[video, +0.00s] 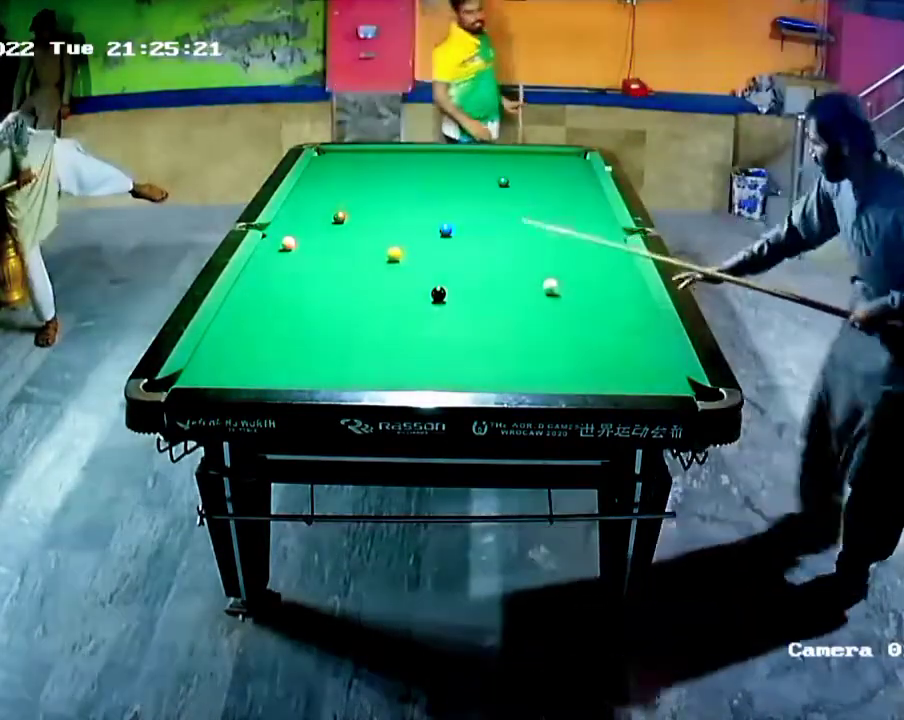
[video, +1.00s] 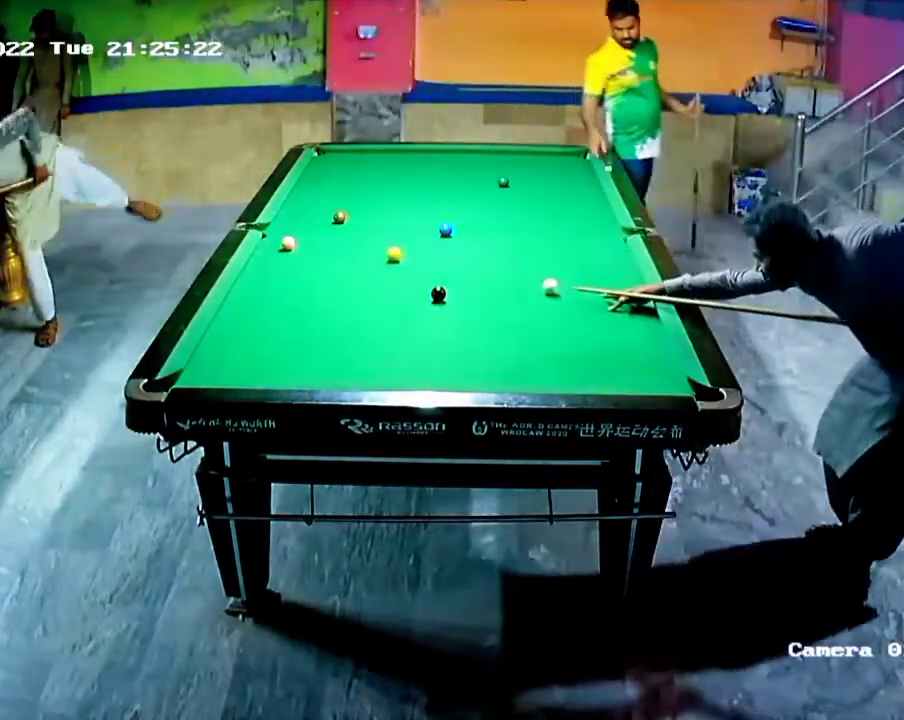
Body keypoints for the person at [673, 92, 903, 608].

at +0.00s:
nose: (812, 151)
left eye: (819, 140)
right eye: (811, 140)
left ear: (850, 140)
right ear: (824, 143)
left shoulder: (897, 197)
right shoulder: (833, 191)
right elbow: (790, 235)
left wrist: (887, 305)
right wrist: (725, 270)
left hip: (899, 345)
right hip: (857, 328)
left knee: (872, 465)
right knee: (824, 428)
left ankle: (855, 567)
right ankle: (818, 516)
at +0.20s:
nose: (801, 177)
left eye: (808, 165)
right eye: (799, 166)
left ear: (838, 163)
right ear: (815, 167)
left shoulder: (889, 213)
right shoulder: (828, 207)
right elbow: (773, 243)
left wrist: (902, 319)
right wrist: (702, 276)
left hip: (903, 339)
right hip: (879, 331)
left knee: (877, 445)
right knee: (853, 431)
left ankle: (858, 562)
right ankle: (859, 523)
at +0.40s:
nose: (783, 211)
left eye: (788, 199)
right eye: (780, 200)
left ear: (816, 192)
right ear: (803, 198)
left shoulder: (880, 234)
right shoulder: (813, 230)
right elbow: (751, 257)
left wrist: (894, 324)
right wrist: (681, 285)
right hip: (886, 339)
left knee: (878, 442)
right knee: (854, 423)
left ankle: (866, 545)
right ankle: (859, 527)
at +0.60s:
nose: (771, 237)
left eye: (775, 227)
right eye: (769, 228)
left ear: (802, 219)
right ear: (797, 219)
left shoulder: (879, 242)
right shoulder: (809, 245)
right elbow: (740, 268)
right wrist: (662, 289)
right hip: (884, 347)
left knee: (871, 453)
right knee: (843, 429)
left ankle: (864, 546)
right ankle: (853, 529)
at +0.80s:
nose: (771, 255)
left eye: (776, 246)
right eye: (768, 247)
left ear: (799, 235)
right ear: (780, 238)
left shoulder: (873, 240)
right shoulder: (803, 253)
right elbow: (735, 277)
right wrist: (659, 288)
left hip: (902, 365)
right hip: (881, 354)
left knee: (870, 458)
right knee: (837, 435)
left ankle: (864, 547)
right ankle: (849, 529)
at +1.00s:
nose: (764, 265)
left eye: (770, 256)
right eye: (762, 256)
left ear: (796, 246)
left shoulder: (869, 249)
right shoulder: (803, 267)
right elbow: (731, 283)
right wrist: (655, 289)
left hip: (901, 375)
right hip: (884, 364)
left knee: (868, 473)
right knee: (833, 449)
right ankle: (861, 537)